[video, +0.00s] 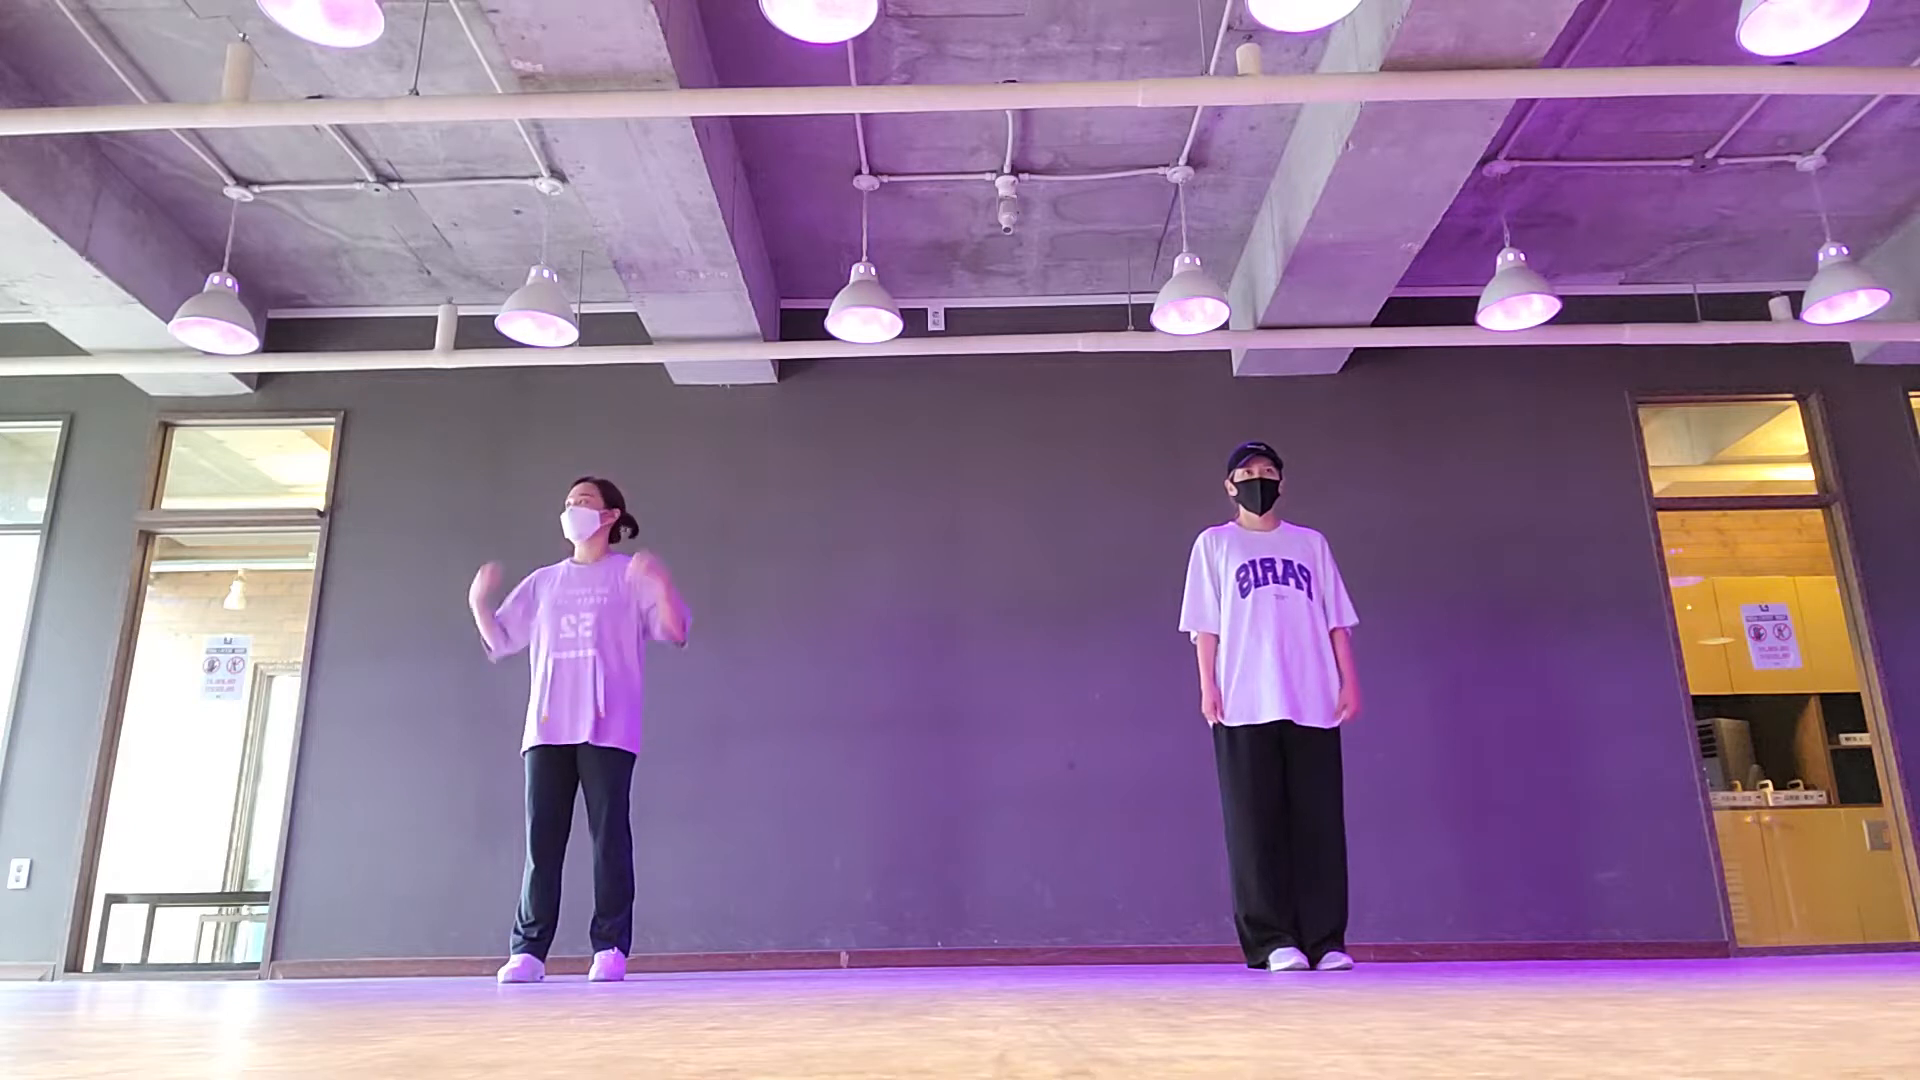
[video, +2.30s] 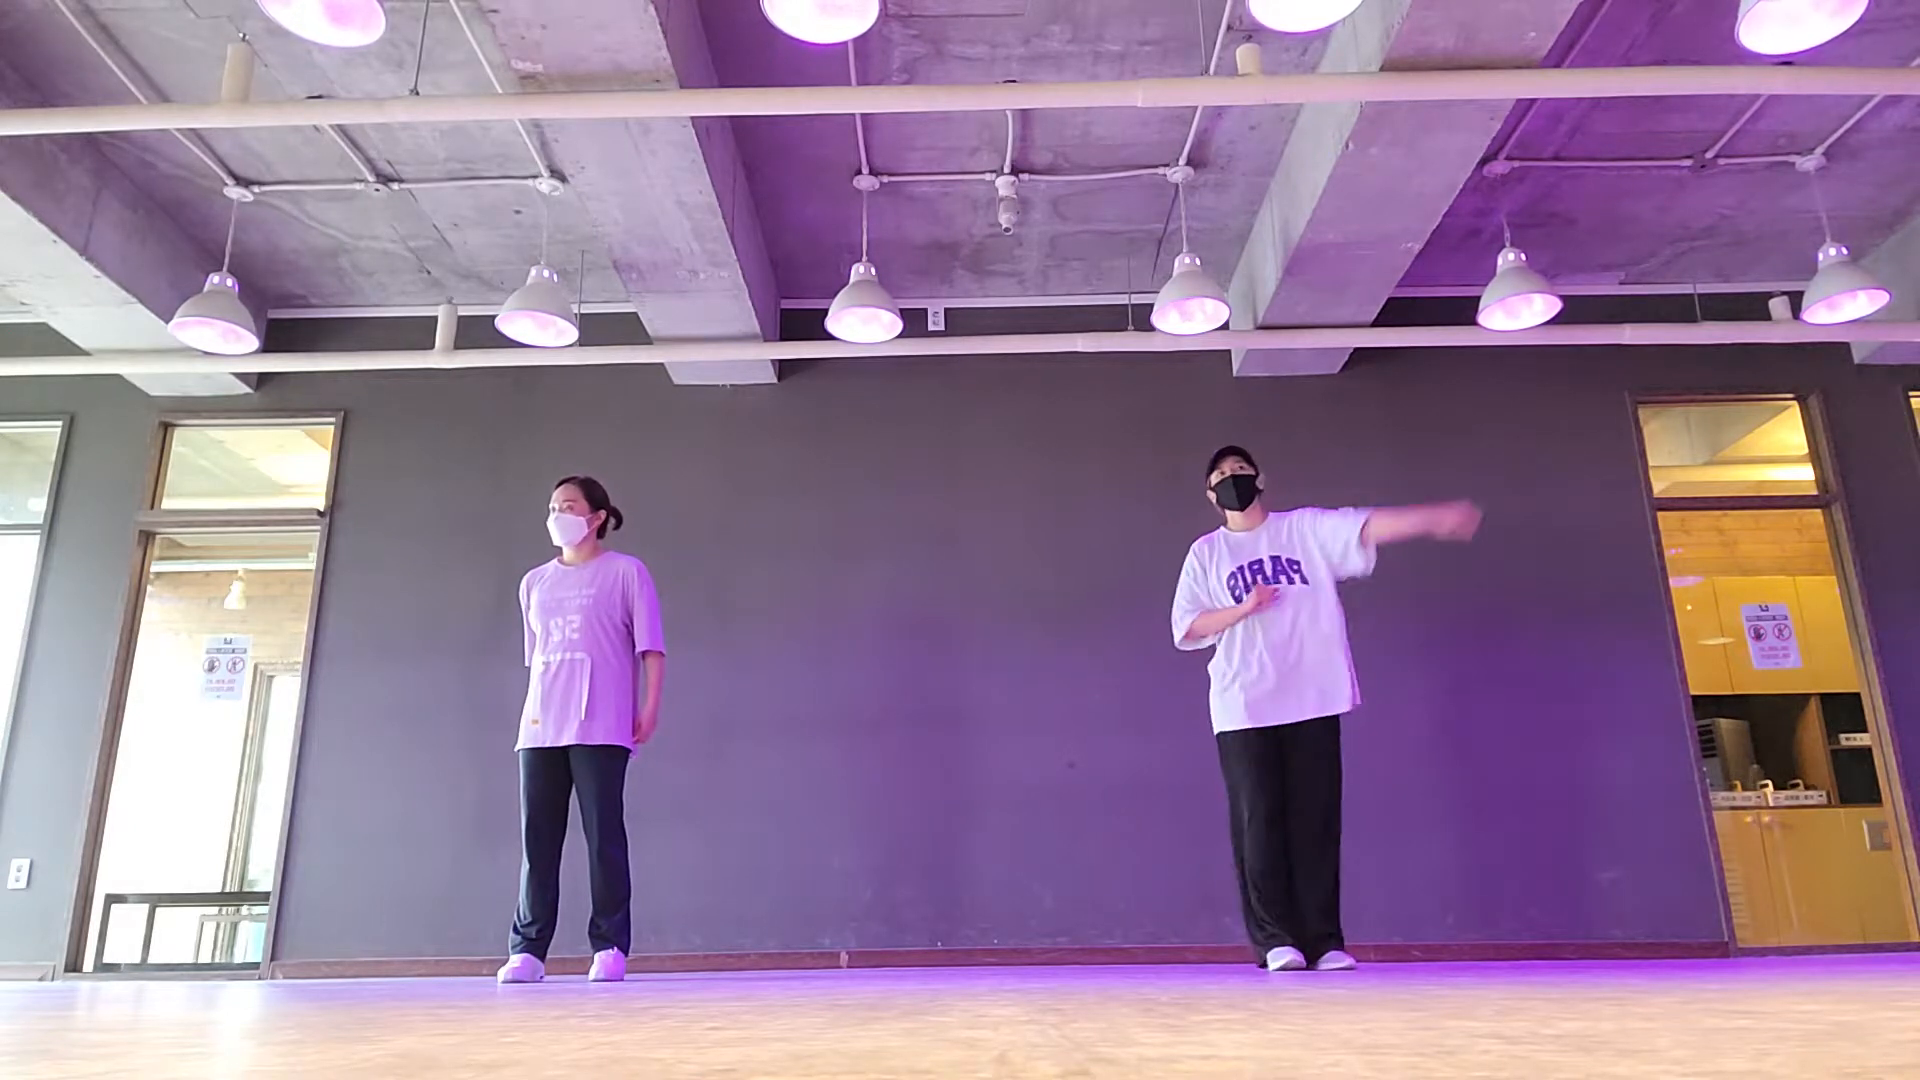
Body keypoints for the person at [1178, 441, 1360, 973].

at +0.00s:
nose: (1259, 480)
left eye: (1268, 472)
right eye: (1248, 472)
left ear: (1281, 483)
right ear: (1231, 485)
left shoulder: (1311, 543)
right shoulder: (1213, 544)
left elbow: (1336, 621)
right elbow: (1205, 624)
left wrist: (1349, 682)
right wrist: (1208, 685)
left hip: (1311, 702)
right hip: (1245, 706)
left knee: (1318, 823)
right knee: (1256, 828)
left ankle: (1326, 941)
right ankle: (1271, 943)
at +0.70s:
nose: (1259, 481)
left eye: (1268, 473)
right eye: (1248, 473)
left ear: (1282, 481)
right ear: (1230, 484)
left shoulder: (1313, 543)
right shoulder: (1211, 543)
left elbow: (1362, 616)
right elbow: (1181, 621)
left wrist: (1420, 658)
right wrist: (1144, 671)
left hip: (1309, 708)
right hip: (1241, 711)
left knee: (1317, 824)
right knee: (1257, 827)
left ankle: (1325, 941)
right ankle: (1273, 944)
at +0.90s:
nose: (1260, 481)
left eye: (1269, 473)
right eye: (1249, 473)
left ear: (1282, 482)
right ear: (1230, 483)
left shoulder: (1313, 539)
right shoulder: (1208, 542)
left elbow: (1360, 588)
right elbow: (1172, 599)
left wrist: (1404, 600)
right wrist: (1154, 604)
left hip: (1313, 705)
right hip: (1244, 708)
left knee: (1320, 825)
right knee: (1262, 829)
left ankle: (1327, 942)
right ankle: (1276, 945)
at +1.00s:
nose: (1260, 478)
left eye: (1269, 470)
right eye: (1249, 470)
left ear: (1281, 479)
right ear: (1231, 481)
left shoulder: (1313, 538)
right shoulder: (1209, 539)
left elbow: (1368, 597)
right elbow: (1172, 610)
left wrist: (1369, 584)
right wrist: (1205, 566)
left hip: (1311, 704)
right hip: (1242, 707)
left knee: (1319, 821)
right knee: (1262, 827)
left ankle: (1328, 942)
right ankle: (1276, 945)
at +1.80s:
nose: (1271, 489)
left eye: (1280, 482)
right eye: (1260, 481)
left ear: (1290, 494)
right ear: (1240, 492)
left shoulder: (1315, 555)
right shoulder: (1215, 545)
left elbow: (1364, 615)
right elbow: (1179, 604)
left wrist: (1348, 550)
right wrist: (1185, 634)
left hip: (1317, 715)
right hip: (1249, 713)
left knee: (1332, 832)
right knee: (1267, 831)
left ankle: (1325, 943)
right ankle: (1275, 946)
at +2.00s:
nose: (1254, 479)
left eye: (1263, 471)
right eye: (1243, 473)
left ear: (1277, 482)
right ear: (1226, 486)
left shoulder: (1318, 536)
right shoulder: (1210, 543)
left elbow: (1389, 552)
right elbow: (1196, 618)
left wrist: (1377, 486)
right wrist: (1220, 650)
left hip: (1317, 706)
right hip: (1248, 710)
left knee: (1324, 826)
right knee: (1265, 830)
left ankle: (1329, 944)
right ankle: (1280, 946)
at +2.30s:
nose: (1233, 478)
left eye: (1242, 470)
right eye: (1222, 474)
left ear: (1260, 482)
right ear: (1211, 494)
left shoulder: (1304, 527)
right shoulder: (1205, 554)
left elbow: (1369, 524)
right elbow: (1186, 630)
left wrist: (1436, 517)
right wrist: (1242, 609)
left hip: (1313, 703)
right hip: (1245, 713)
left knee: (1318, 823)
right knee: (1261, 826)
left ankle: (1324, 942)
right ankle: (1276, 943)